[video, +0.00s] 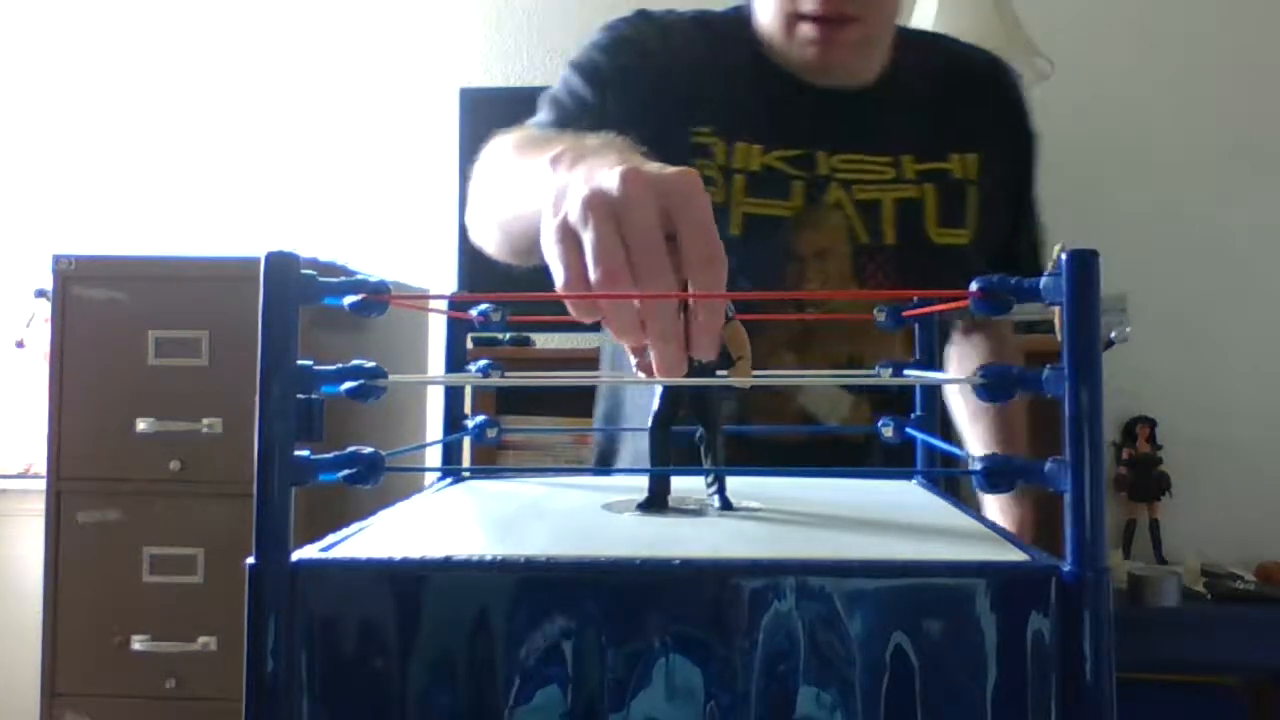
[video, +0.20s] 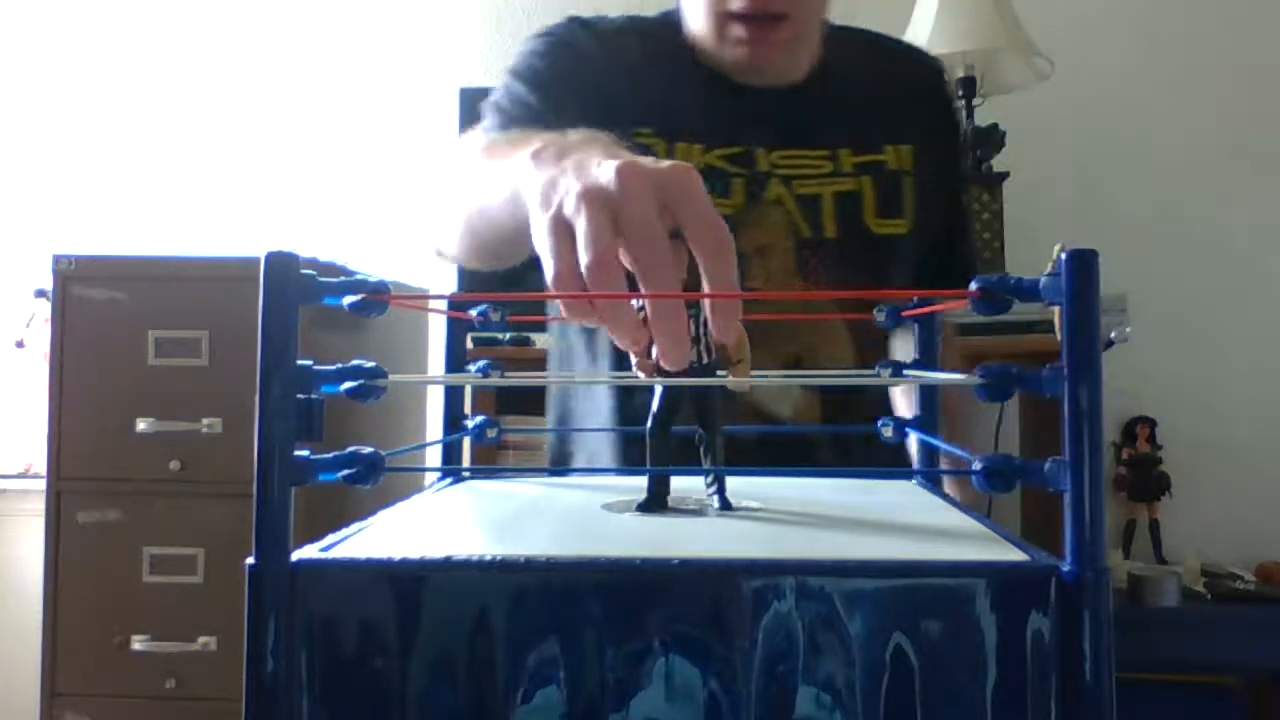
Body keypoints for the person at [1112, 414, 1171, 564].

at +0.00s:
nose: (1145, 431)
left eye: (1148, 428)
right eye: (1142, 428)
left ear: (1151, 431)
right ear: (1136, 430)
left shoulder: (1153, 447)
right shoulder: (1129, 446)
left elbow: (1158, 464)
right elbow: (1124, 464)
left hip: (1152, 483)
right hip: (1134, 483)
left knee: (1154, 518)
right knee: (1132, 517)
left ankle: (1159, 555)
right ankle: (1126, 554)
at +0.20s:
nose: (1145, 431)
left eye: (1148, 428)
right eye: (1142, 427)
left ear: (1151, 431)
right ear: (1136, 430)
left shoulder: (1153, 447)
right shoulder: (1129, 446)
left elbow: (1157, 464)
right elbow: (1124, 464)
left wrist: (1137, 459)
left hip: (1152, 483)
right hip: (1134, 483)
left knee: (1154, 517)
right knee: (1132, 517)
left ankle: (1159, 555)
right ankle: (1126, 554)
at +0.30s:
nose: (1145, 431)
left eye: (1148, 428)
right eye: (1142, 427)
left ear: (1151, 431)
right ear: (1135, 430)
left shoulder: (1154, 448)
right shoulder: (1129, 446)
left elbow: (1157, 464)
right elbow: (1124, 464)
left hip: (1152, 483)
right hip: (1134, 483)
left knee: (1154, 517)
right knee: (1132, 516)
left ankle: (1159, 555)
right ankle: (1126, 554)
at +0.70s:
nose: (1146, 432)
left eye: (1148, 428)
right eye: (1143, 428)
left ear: (1151, 431)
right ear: (1137, 430)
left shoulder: (1153, 446)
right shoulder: (1129, 446)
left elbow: (1158, 463)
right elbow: (1124, 463)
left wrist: (1136, 458)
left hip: (1152, 483)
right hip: (1133, 483)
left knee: (1154, 517)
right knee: (1132, 517)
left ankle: (1159, 556)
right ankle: (1126, 555)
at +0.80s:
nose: (1146, 432)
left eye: (1148, 428)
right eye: (1143, 428)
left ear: (1151, 431)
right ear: (1137, 430)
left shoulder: (1153, 446)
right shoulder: (1129, 446)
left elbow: (1158, 463)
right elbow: (1124, 463)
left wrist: (1136, 458)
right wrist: (1149, 460)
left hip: (1152, 483)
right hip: (1133, 483)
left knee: (1154, 518)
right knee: (1132, 517)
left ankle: (1159, 556)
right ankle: (1126, 555)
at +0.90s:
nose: (1146, 432)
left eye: (1148, 428)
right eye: (1143, 428)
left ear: (1151, 431)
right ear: (1136, 430)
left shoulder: (1153, 446)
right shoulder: (1129, 446)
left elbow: (1157, 463)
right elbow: (1124, 463)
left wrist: (1136, 459)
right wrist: (1149, 460)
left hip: (1152, 483)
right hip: (1133, 483)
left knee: (1154, 518)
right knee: (1132, 517)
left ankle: (1159, 556)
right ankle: (1126, 555)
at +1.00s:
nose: (1144, 431)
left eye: (1147, 428)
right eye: (1142, 428)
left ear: (1150, 431)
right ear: (1136, 430)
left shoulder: (1153, 448)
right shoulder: (1129, 447)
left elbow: (1158, 465)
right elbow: (1124, 466)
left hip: (1152, 484)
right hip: (1133, 483)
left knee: (1154, 517)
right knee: (1133, 516)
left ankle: (1159, 556)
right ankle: (1126, 555)